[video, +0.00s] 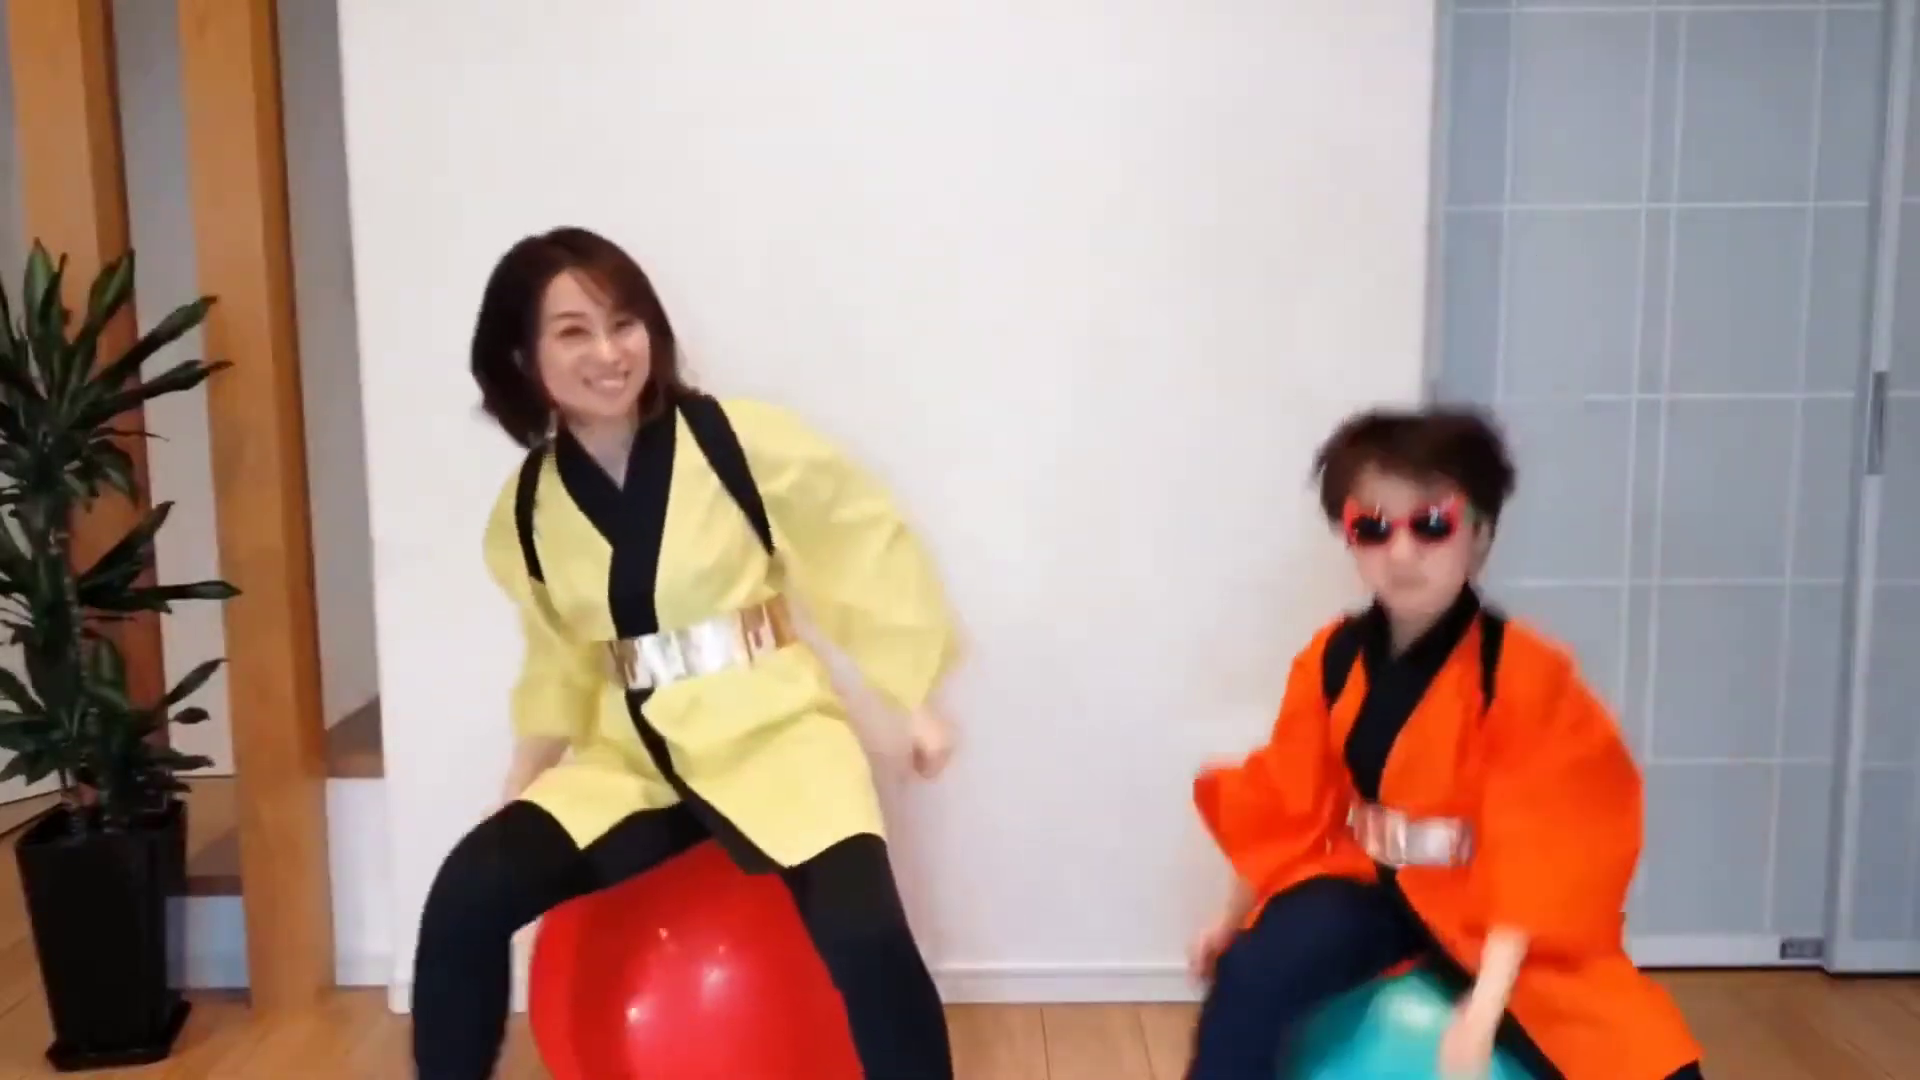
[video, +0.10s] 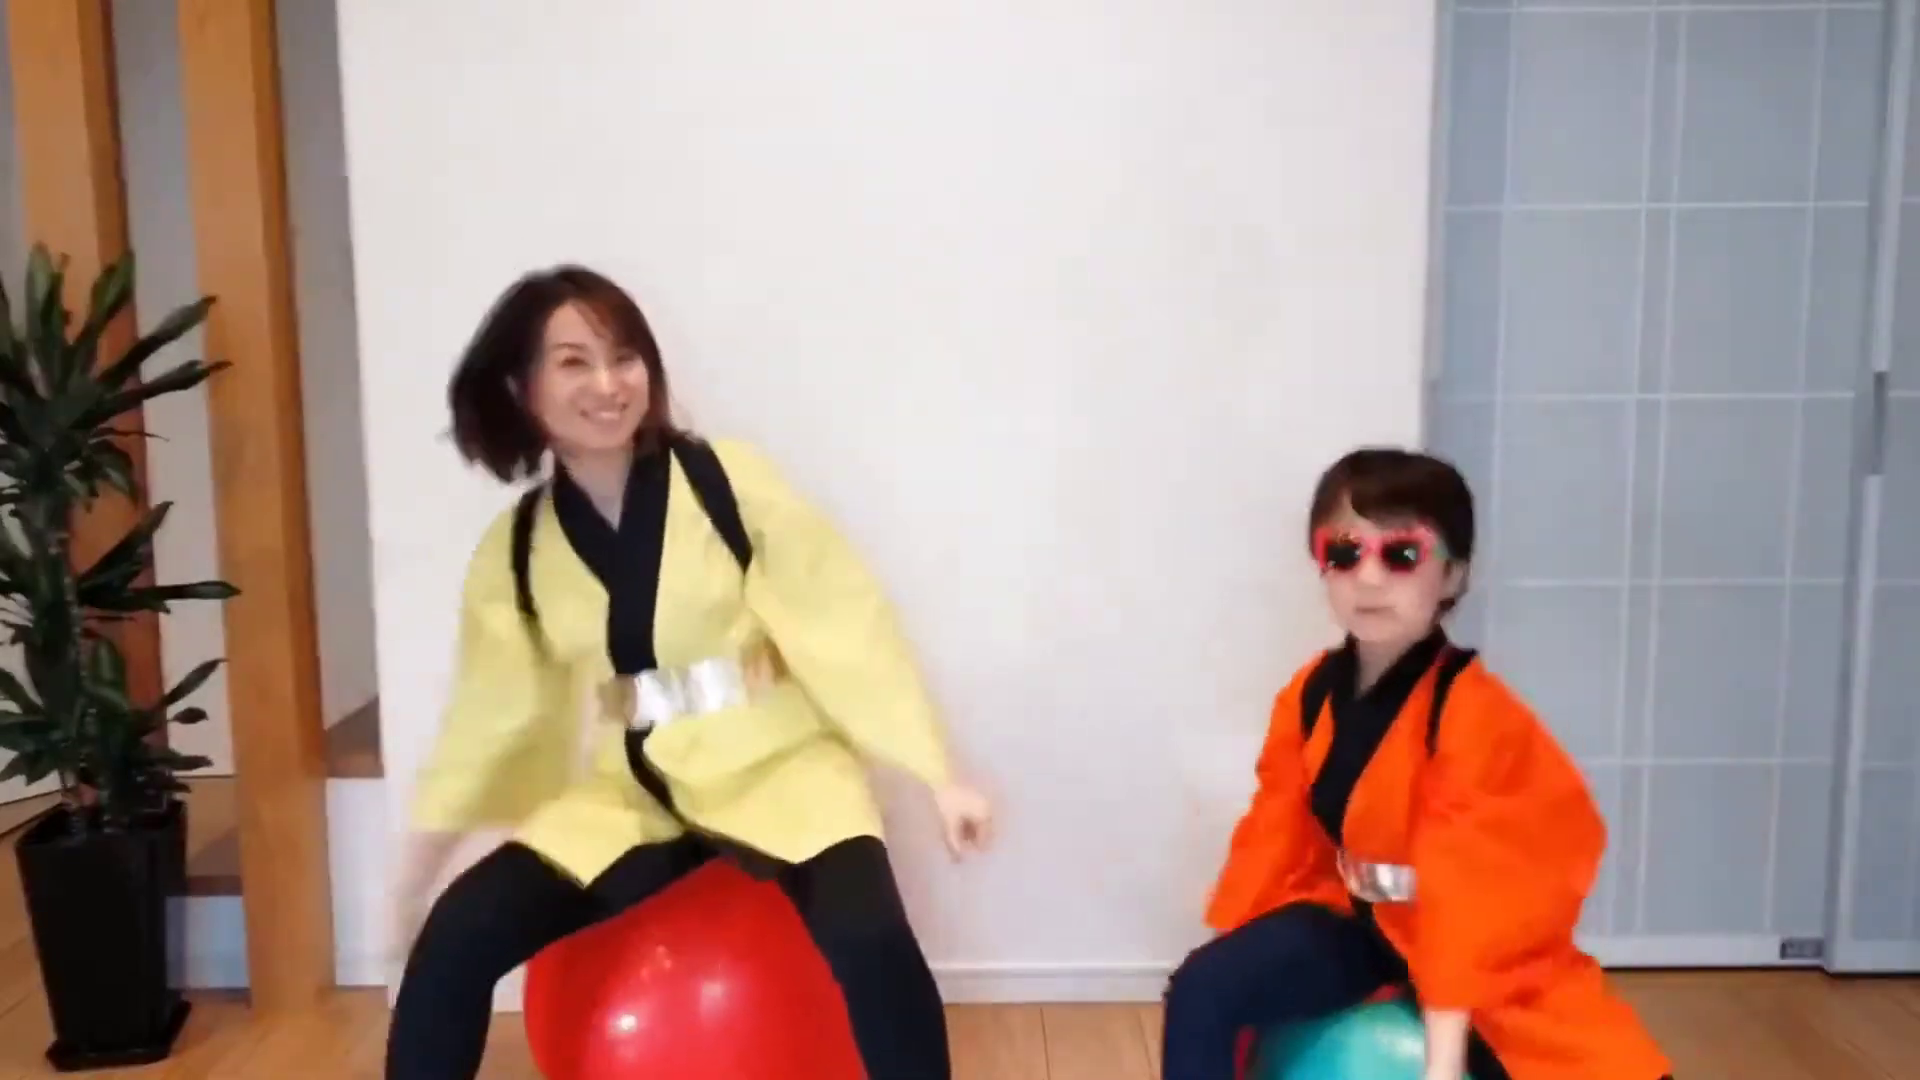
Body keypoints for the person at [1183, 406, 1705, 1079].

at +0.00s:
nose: (1401, 552)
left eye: (1432, 523)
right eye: (1372, 527)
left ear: (1483, 536)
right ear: (1347, 542)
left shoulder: (1528, 677)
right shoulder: (1333, 661)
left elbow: (1540, 851)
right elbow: (1287, 805)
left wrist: (1481, 1018)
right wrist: (1232, 918)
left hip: (1498, 909)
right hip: (1375, 892)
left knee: (1652, 1058)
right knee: (1251, 970)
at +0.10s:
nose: (1368, 578)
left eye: (1401, 554)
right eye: (1343, 554)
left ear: (1453, 577)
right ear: (1322, 572)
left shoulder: (1476, 713)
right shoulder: (1312, 696)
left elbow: (1469, 899)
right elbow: (1273, 834)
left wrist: (1445, 1065)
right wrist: (1226, 953)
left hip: (1479, 944)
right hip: (1369, 920)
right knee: (1204, 989)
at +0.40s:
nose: (1345, 370)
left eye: (1376, 348)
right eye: (1319, 350)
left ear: (1423, 376)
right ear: (1293, 374)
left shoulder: (1446, 495)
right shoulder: (1272, 505)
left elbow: (1498, 599)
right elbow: (1172, 589)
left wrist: (1378, 554)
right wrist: (1064, 580)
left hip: (1454, 779)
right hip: (1326, 773)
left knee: (1555, 1006)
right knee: (1212, 970)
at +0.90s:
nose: (1447, 423)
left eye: (1480, 404)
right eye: (1422, 391)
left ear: (1502, 417)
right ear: (1365, 394)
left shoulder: (1514, 529)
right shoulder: (1311, 509)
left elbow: (1553, 667)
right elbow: (1228, 611)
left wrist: (1622, 755)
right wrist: (1185, 679)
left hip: (1476, 792)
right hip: (1335, 787)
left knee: (1624, 988)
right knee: (1214, 979)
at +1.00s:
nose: (1483, 459)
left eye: (1515, 439)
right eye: (1459, 426)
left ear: (1537, 446)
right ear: (1397, 423)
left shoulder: (1536, 561)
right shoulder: (1336, 539)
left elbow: (1581, 714)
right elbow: (1223, 661)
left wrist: (1635, 842)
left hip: (1490, 805)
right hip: (1351, 800)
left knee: (1646, 983)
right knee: (1240, 954)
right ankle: (1207, 1067)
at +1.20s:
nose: (1536, 573)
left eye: (1560, 551)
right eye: (1505, 549)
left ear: (1578, 566)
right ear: (1439, 571)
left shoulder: (1562, 693)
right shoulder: (1391, 703)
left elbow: (1610, 828)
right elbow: (1417, 881)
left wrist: (1661, 938)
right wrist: (1479, 1048)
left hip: (1497, 935)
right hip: (1355, 939)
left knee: (1630, 1048)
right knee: (1253, 1050)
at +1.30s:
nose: (1549, 478)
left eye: (1574, 454)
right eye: (1517, 453)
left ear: (1595, 468)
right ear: (1451, 475)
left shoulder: (1592, 610)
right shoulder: (1407, 615)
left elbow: (1677, 726)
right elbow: (1478, 785)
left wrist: (1781, 824)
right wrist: (1630, 923)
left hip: (1523, 878)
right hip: (1386, 876)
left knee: (1666, 1039)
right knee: (1271, 1021)